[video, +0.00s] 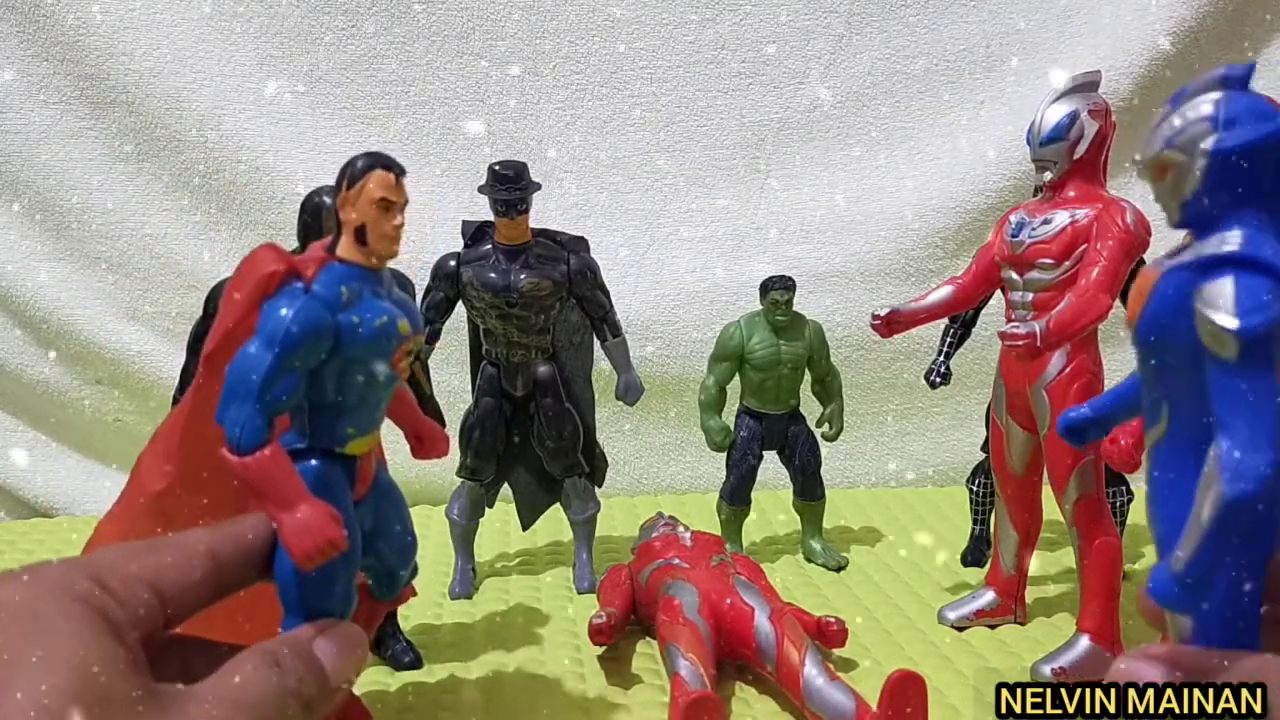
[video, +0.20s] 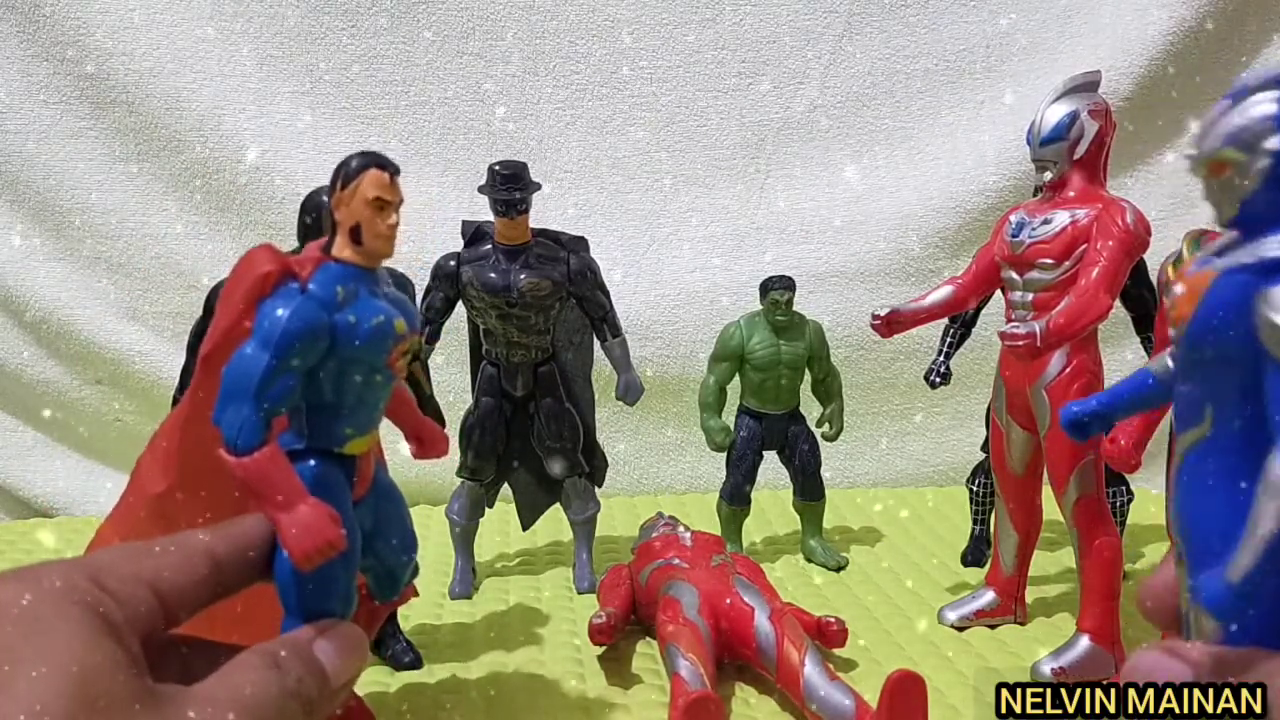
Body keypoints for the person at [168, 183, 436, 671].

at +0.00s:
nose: (400, 221)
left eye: (403, 209)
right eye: (387, 206)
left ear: (404, 212)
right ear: (348, 209)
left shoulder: (397, 290)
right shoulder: (307, 308)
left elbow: (376, 371)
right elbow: (240, 416)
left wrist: (416, 424)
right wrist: (293, 507)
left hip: (367, 462)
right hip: (315, 470)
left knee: (395, 562)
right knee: (320, 624)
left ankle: (373, 628)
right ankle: (309, 701)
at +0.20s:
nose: (394, 220)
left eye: (397, 208)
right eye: (381, 205)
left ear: (401, 212)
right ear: (340, 207)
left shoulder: (391, 291)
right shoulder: (304, 308)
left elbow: (375, 373)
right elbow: (239, 419)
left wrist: (416, 425)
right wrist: (292, 508)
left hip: (366, 461)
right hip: (313, 468)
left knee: (395, 562)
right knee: (322, 620)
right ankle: (309, 701)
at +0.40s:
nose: (396, 221)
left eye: (399, 209)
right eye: (383, 206)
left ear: (403, 214)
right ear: (343, 210)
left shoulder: (397, 291)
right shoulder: (306, 310)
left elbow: (377, 372)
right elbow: (241, 422)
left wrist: (419, 424)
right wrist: (293, 509)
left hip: (368, 462)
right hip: (315, 469)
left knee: (397, 561)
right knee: (324, 616)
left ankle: (375, 626)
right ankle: (310, 700)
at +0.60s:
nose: (394, 220)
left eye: (397, 208)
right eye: (381, 205)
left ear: (401, 215)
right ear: (341, 210)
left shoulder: (395, 290)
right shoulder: (305, 309)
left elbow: (376, 372)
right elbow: (238, 417)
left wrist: (419, 425)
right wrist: (292, 508)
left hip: (367, 464)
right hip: (314, 471)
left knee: (397, 562)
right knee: (322, 624)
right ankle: (306, 704)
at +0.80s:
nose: (394, 220)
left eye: (398, 208)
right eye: (381, 205)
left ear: (402, 216)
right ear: (340, 210)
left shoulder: (395, 291)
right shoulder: (304, 309)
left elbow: (378, 372)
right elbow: (239, 419)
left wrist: (418, 425)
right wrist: (291, 508)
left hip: (367, 465)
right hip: (315, 472)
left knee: (398, 562)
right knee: (323, 618)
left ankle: (374, 626)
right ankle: (312, 701)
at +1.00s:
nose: (390, 219)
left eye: (392, 207)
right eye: (376, 206)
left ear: (397, 213)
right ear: (336, 210)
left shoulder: (390, 291)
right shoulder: (301, 308)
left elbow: (375, 373)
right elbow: (235, 416)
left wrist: (415, 425)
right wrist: (288, 507)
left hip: (365, 465)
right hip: (312, 472)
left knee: (396, 566)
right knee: (321, 622)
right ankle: (314, 704)